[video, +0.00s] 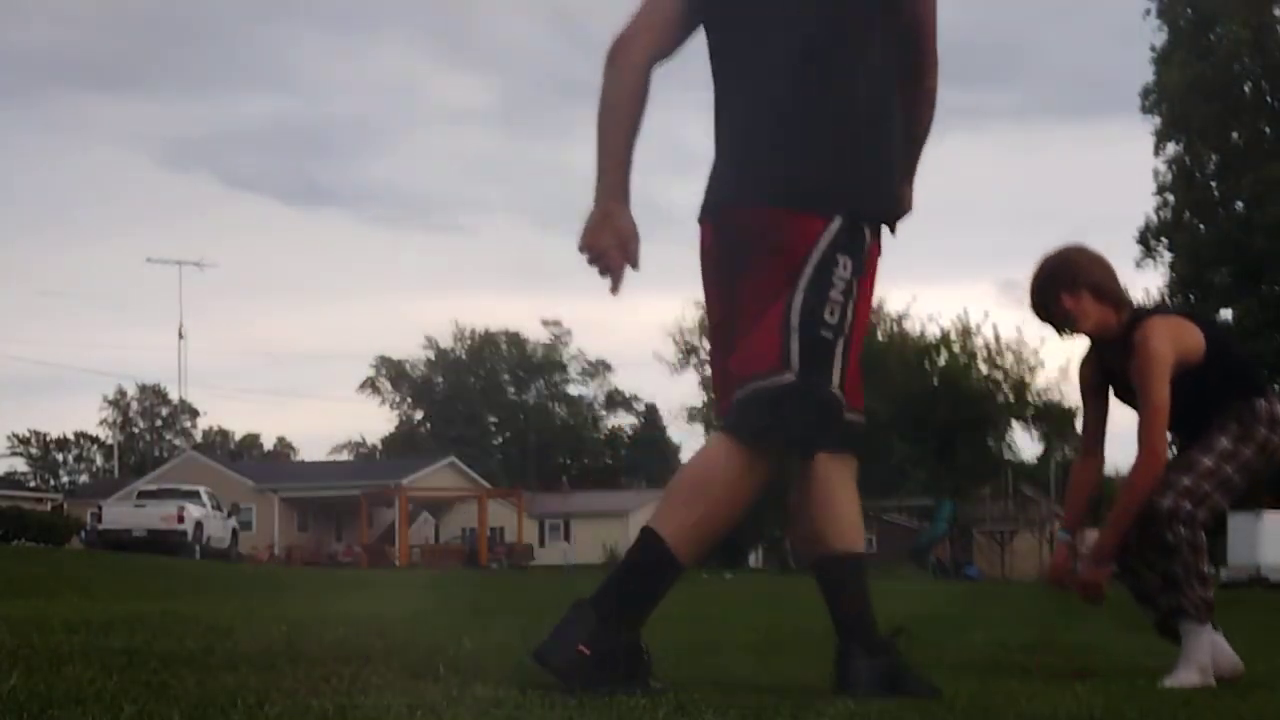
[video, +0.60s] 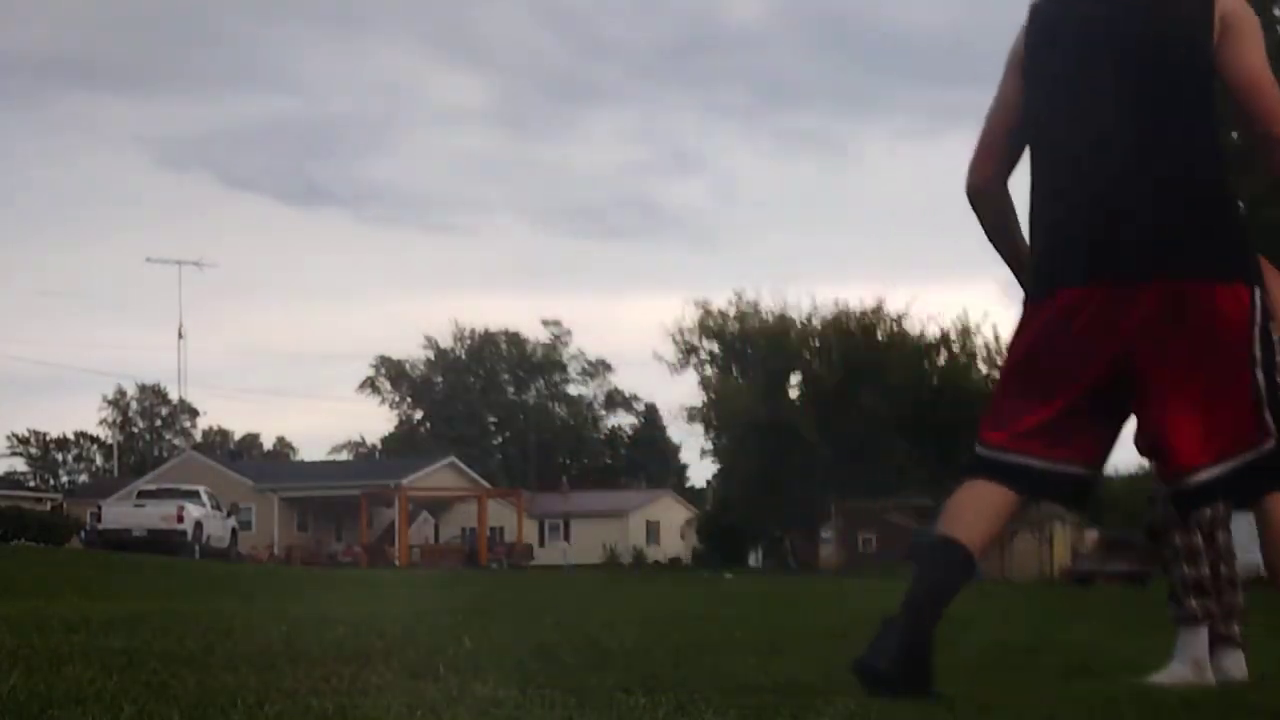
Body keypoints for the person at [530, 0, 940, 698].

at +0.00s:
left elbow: (630, 50)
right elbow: (921, 71)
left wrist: (610, 201)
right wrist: (900, 176)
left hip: (742, 195)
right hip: (832, 200)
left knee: (826, 433)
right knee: (760, 429)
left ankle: (863, 653)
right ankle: (601, 630)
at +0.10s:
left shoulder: (767, 5)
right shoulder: (952, 7)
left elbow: (706, 96)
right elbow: (970, 102)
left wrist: (704, 244)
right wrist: (929, 203)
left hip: (792, 218)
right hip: (895, 219)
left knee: (854, 439)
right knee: (885, 442)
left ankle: (866, 653)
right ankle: (702, 589)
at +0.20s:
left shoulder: (809, 7)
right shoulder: (983, 2)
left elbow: (771, 130)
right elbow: (1020, 108)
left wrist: (801, 250)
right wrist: (995, 212)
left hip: (836, 226)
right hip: (943, 219)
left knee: (863, 453)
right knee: (992, 432)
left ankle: (870, 650)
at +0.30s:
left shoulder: (855, 8)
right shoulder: (1023, 0)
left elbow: (830, 138)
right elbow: (1071, 108)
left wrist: (879, 224)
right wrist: (1062, 220)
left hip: (887, 233)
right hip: (1000, 220)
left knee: (892, 444)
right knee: (1078, 425)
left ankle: (869, 653)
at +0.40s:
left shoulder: (908, 9)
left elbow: (884, 152)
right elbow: (1131, 107)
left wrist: (946, 223)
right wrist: (1145, 247)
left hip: (938, 233)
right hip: (1053, 222)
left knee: (916, 448)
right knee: (1152, 428)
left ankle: (873, 654)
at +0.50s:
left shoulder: (973, 10)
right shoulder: (1142, 1)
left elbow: (934, 165)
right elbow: (1199, 116)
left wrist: (1008, 236)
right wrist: (1238, 253)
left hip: (996, 251)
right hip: (1118, 241)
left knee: (947, 456)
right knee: (1214, 458)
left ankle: (878, 656)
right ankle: (1272, 648)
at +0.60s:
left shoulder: (1045, 21)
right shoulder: (1218, 8)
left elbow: (984, 180)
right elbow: (1270, 121)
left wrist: (1031, 270)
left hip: (1074, 271)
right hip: (1199, 264)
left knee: (1006, 466)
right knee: (1263, 477)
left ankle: (906, 634)